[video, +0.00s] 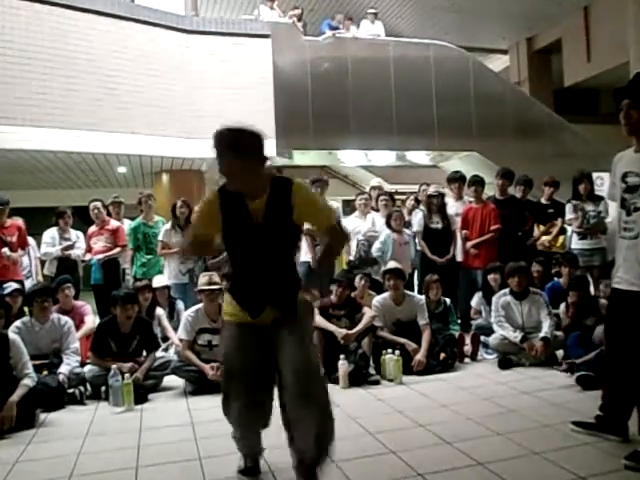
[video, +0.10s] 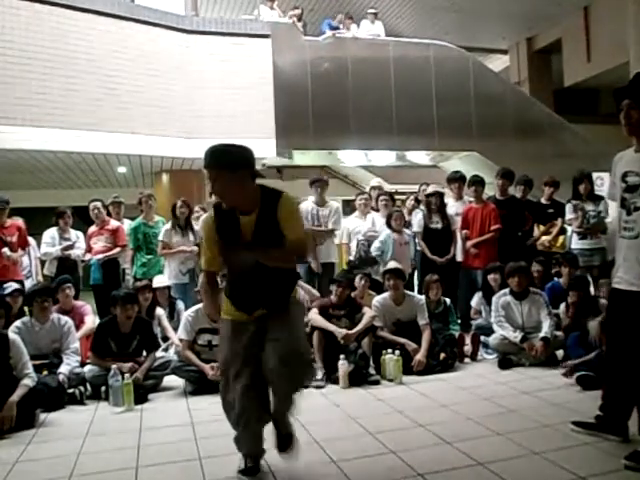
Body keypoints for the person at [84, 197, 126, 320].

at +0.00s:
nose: (96, 212)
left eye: (98, 209)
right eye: (93, 210)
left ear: (104, 210)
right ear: (90, 213)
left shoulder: (116, 226)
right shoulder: (90, 231)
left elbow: (122, 246)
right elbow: (89, 250)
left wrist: (105, 256)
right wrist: (87, 256)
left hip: (111, 262)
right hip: (96, 264)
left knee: (113, 295)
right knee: (100, 297)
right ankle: (104, 324)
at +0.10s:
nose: (96, 212)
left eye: (98, 209)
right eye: (93, 210)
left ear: (104, 210)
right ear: (90, 213)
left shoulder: (116, 226)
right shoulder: (90, 231)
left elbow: (122, 246)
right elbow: (89, 250)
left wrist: (105, 256)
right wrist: (87, 257)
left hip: (111, 262)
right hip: (96, 264)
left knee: (113, 295)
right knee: (99, 298)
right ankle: (104, 324)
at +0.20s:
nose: (96, 212)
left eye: (98, 209)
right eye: (93, 210)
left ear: (104, 210)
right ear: (90, 213)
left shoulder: (116, 226)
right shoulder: (90, 231)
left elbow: (122, 246)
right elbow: (89, 250)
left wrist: (105, 256)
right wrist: (87, 257)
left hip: (111, 262)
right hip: (96, 264)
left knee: (113, 295)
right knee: (100, 298)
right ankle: (104, 324)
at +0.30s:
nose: (96, 212)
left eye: (98, 209)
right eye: (93, 210)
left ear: (104, 210)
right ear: (90, 213)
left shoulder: (116, 226)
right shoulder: (90, 231)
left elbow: (122, 247)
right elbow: (89, 250)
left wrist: (105, 256)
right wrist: (87, 257)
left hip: (111, 262)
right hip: (96, 264)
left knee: (113, 295)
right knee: (100, 298)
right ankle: (104, 324)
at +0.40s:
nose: (96, 213)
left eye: (98, 210)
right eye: (93, 210)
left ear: (104, 210)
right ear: (90, 213)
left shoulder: (116, 226)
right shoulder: (91, 231)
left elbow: (122, 246)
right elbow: (89, 250)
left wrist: (105, 256)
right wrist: (87, 256)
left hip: (111, 262)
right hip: (96, 264)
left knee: (113, 295)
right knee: (100, 298)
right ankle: (104, 324)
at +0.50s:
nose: (95, 213)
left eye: (98, 210)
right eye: (92, 211)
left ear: (104, 210)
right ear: (90, 214)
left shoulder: (116, 226)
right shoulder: (91, 230)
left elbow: (122, 246)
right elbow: (88, 250)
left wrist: (105, 256)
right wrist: (88, 256)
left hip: (111, 263)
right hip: (96, 265)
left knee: (113, 296)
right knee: (100, 300)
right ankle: (104, 326)